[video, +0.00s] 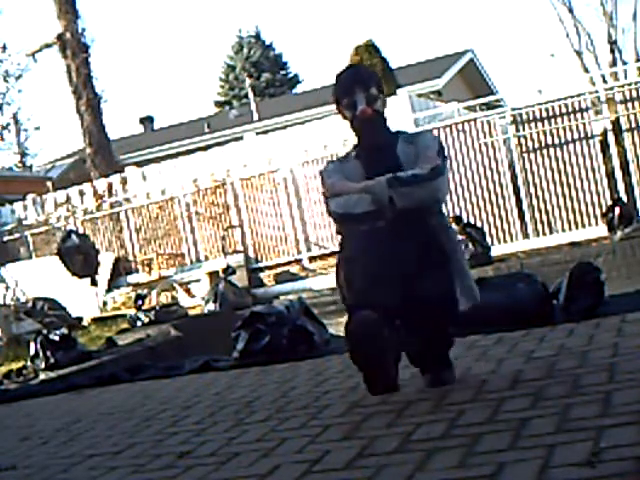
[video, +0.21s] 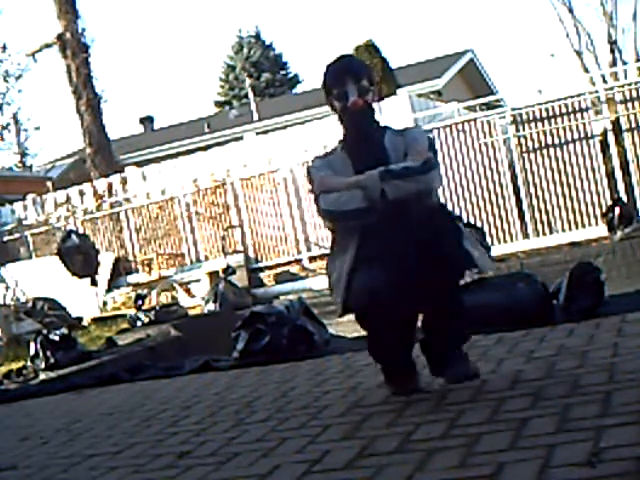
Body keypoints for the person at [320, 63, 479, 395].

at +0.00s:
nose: (364, 110)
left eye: (370, 99)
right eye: (352, 103)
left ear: (383, 99)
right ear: (341, 110)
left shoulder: (421, 143)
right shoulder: (337, 171)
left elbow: (435, 188)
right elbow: (340, 210)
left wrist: (359, 188)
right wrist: (404, 194)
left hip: (428, 264)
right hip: (370, 275)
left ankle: (436, 360)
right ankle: (377, 368)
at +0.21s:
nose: (355, 102)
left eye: (361, 90)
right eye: (343, 95)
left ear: (374, 92)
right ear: (331, 103)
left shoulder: (411, 139)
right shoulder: (326, 166)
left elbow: (429, 179)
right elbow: (330, 207)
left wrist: (350, 183)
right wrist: (399, 185)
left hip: (424, 244)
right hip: (369, 260)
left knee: (439, 266)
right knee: (375, 292)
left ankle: (448, 355)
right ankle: (398, 370)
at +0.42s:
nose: (361, 112)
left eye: (368, 101)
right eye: (348, 106)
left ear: (379, 103)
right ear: (336, 114)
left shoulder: (414, 153)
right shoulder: (323, 178)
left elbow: (430, 200)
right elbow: (341, 234)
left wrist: (353, 207)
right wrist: (407, 215)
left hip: (433, 263)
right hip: (376, 280)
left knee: (459, 290)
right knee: (397, 310)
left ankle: (475, 335)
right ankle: (401, 373)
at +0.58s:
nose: (369, 91)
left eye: (377, 80)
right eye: (357, 84)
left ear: (389, 80)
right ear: (344, 91)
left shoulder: (420, 128)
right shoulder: (330, 149)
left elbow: (433, 171)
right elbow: (334, 197)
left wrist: (354, 169)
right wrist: (408, 170)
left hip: (430, 232)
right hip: (374, 247)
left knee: (441, 252)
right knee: (391, 278)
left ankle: (462, 347)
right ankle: (395, 357)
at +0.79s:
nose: (382, 120)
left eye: (390, 107)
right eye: (369, 112)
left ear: (402, 108)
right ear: (357, 119)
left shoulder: (442, 158)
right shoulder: (353, 181)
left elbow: (456, 209)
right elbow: (356, 227)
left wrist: (377, 205)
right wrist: (432, 210)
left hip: (455, 276)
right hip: (393, 293)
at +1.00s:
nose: (361, 94)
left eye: (367, 83)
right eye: (348, 88)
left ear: (381, 83)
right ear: (337, 97)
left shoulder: (422, 126)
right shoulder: (333, 154)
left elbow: (440, 166)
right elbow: (337, 190)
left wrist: (374, 167)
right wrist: (407, 173)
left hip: (432, 242)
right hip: (375, 255)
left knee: (448, 275)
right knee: (383, 294)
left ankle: (460, 369)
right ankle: (387, 378)